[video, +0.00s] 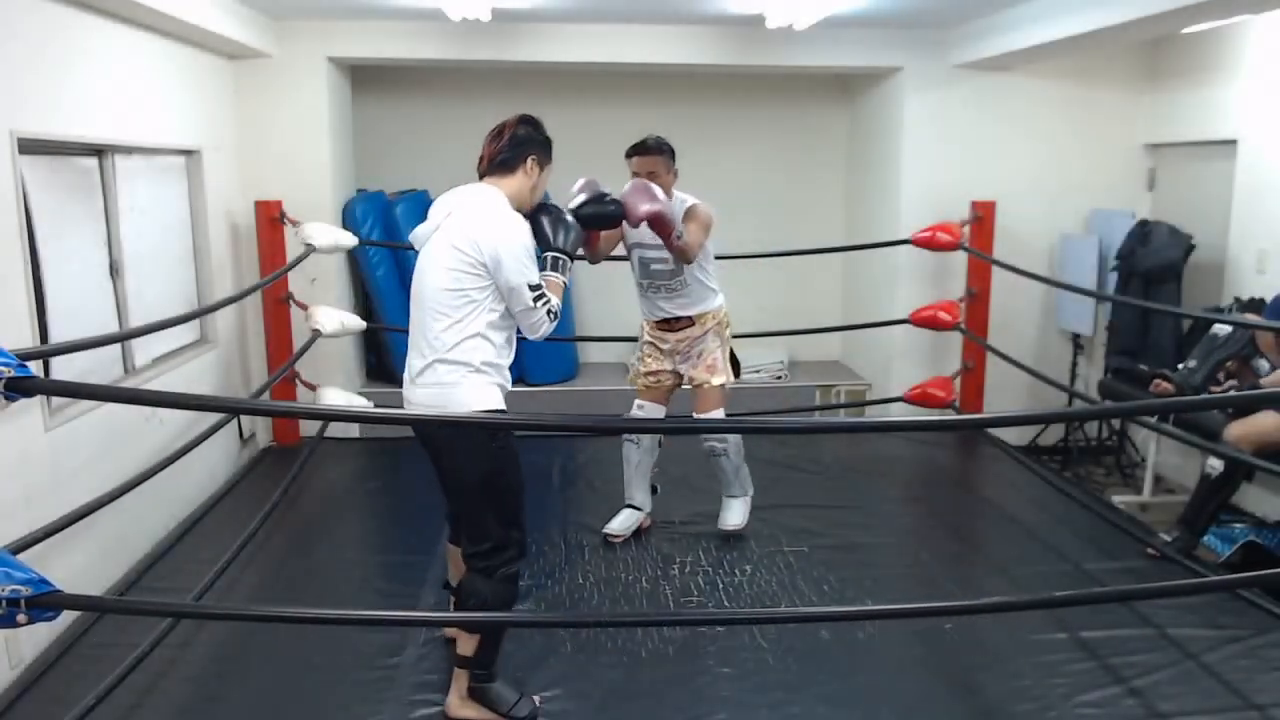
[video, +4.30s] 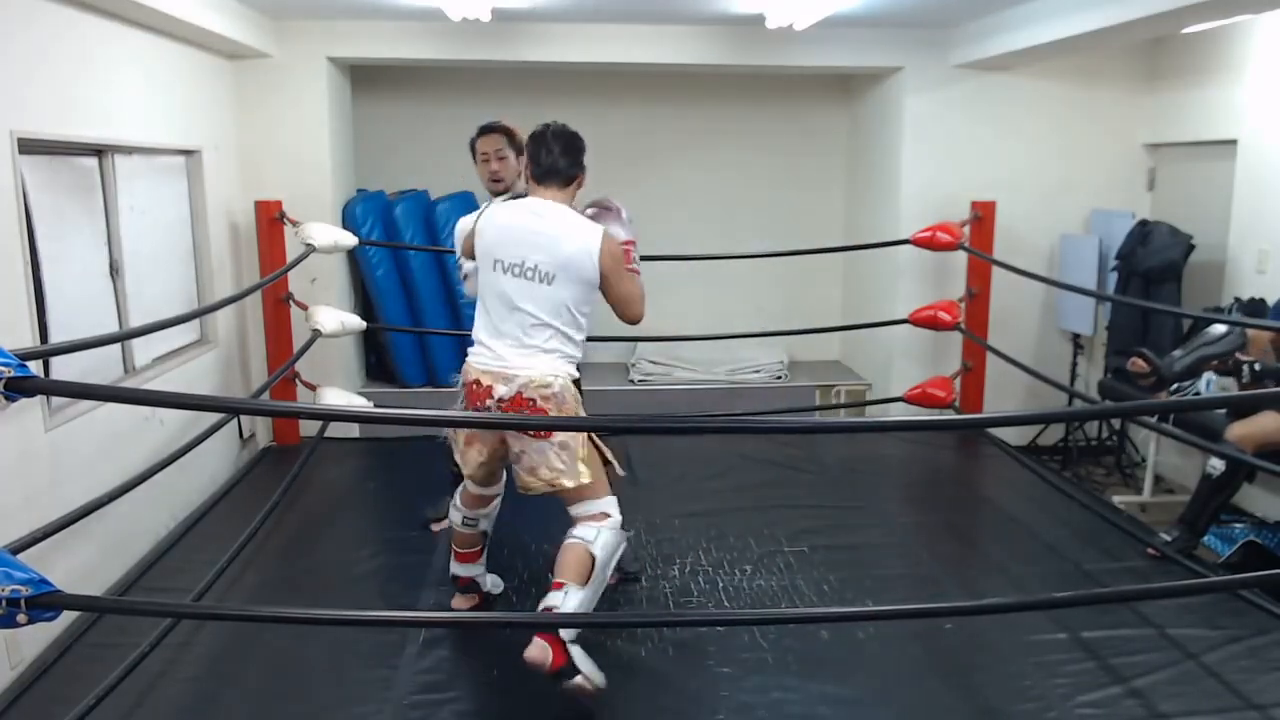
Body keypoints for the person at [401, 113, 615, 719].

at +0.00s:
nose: (540, 193)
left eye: (543, 182)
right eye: (543, 179)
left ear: (493, 160)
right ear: (528, 165)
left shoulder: (447, 209)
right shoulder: (501, 219)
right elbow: (537, 321)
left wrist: (544, 256)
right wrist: (560, 267)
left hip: (427, 400)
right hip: (471, 406)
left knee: (465, 518)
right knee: (498, 548)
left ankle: (460, 615)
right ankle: (466, 692)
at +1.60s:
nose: (548, 180)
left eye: (548, 170)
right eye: (544, 169)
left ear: (512, 169)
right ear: (516, 169)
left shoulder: (499, 218)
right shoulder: (473, 216)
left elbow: (527, 287)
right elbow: (518, 303)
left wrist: (554, 244)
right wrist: (551, 253)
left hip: (485, 373)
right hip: (448, 374)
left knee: (515, 463)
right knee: (438, 496)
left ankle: (509, 556)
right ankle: (413, 632)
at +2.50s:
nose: (529, 184)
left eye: (532, 175)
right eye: (522, 174)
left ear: (524, 179)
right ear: (490, 176)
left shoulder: (509, 226)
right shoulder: (455, 220)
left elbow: (528, 298)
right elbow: (491, 285)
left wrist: (546, 246)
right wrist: (516, 233)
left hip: (479, 363)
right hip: (429, 363)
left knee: (515, 455)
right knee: (400, 465)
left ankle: (514, 539)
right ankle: (352, 569)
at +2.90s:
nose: (478, 179)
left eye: (483, 170)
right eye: (467, 169)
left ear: (488, 173)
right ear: (441, 174)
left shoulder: (493, 222)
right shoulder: (410, 228)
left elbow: (527, 282)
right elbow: (416, 306)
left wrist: (540, 251)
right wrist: (437, 257)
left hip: (474, 360)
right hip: (417, 364)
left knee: (515, 446)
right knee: (393, 454)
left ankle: (512, 539)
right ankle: (362, 524)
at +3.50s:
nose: (486, 175)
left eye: (494, 164)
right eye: (476, 164)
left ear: (503, 168)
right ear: (456, 167)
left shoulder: (512, 215)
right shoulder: (434, 212)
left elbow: (533, 288)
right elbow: (461, 251)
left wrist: (519, 245)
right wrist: (518, 232)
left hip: (503, 349)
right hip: (445, 347)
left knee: (540, 428)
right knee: (409, 428)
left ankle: (555, 508)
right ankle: (413, 490)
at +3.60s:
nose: (486, 174)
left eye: (493, 163)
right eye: (476, 164)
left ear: (502, 166)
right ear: (457, 168)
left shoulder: (516, 216)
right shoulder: (435, 215)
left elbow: (534, 279)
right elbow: (448, 281)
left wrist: (520, 247)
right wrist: (506, 278)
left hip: (507, 346)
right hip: (449, 348)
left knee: (539, 431)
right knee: (427, 442)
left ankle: (560, 511)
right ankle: (462, 498)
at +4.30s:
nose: (492, 168)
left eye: (501, 157)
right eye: (483, 160)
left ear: (523, 160)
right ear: (475, 167)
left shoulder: (548, 213)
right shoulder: (475, 222)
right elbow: (471, 285)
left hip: (542, 342)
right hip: (492, 339)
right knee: (475, 416)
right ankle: (466, 499)